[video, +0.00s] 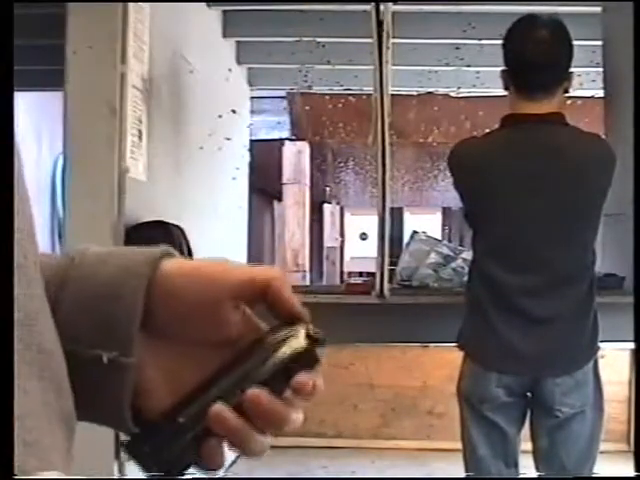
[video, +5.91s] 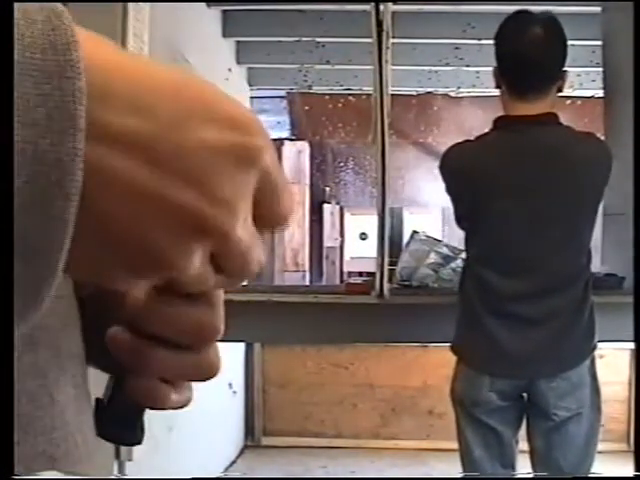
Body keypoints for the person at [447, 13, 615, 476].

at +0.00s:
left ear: (505, 79)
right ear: (568, 81)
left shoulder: (468, 158)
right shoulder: (598, 156)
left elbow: (485, 219)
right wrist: (550, 120)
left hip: (491, 357)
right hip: (568, 359)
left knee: (489, 472)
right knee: (568, 472)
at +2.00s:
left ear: (500, 79)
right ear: (565, 80)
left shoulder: (465, 160)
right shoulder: (596, 155)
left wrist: (532, 121)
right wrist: (552, 116)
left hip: (490, 357)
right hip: (568, 359)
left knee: (489, 472)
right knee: (568, 472)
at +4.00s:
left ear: (496, 79)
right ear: (562, 80)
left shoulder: (461, 161)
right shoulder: (594, 155)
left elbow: (476, 222)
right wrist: (543, 117)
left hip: (488, 361)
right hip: (567, 361)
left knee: (488, 472)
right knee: (567, 472)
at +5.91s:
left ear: (497, 80)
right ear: (563, 81)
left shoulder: (460, 161)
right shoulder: (593, 156)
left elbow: (472, 222)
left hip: (484, 362)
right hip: (565, 363)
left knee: (486, 472)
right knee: (565, 472)